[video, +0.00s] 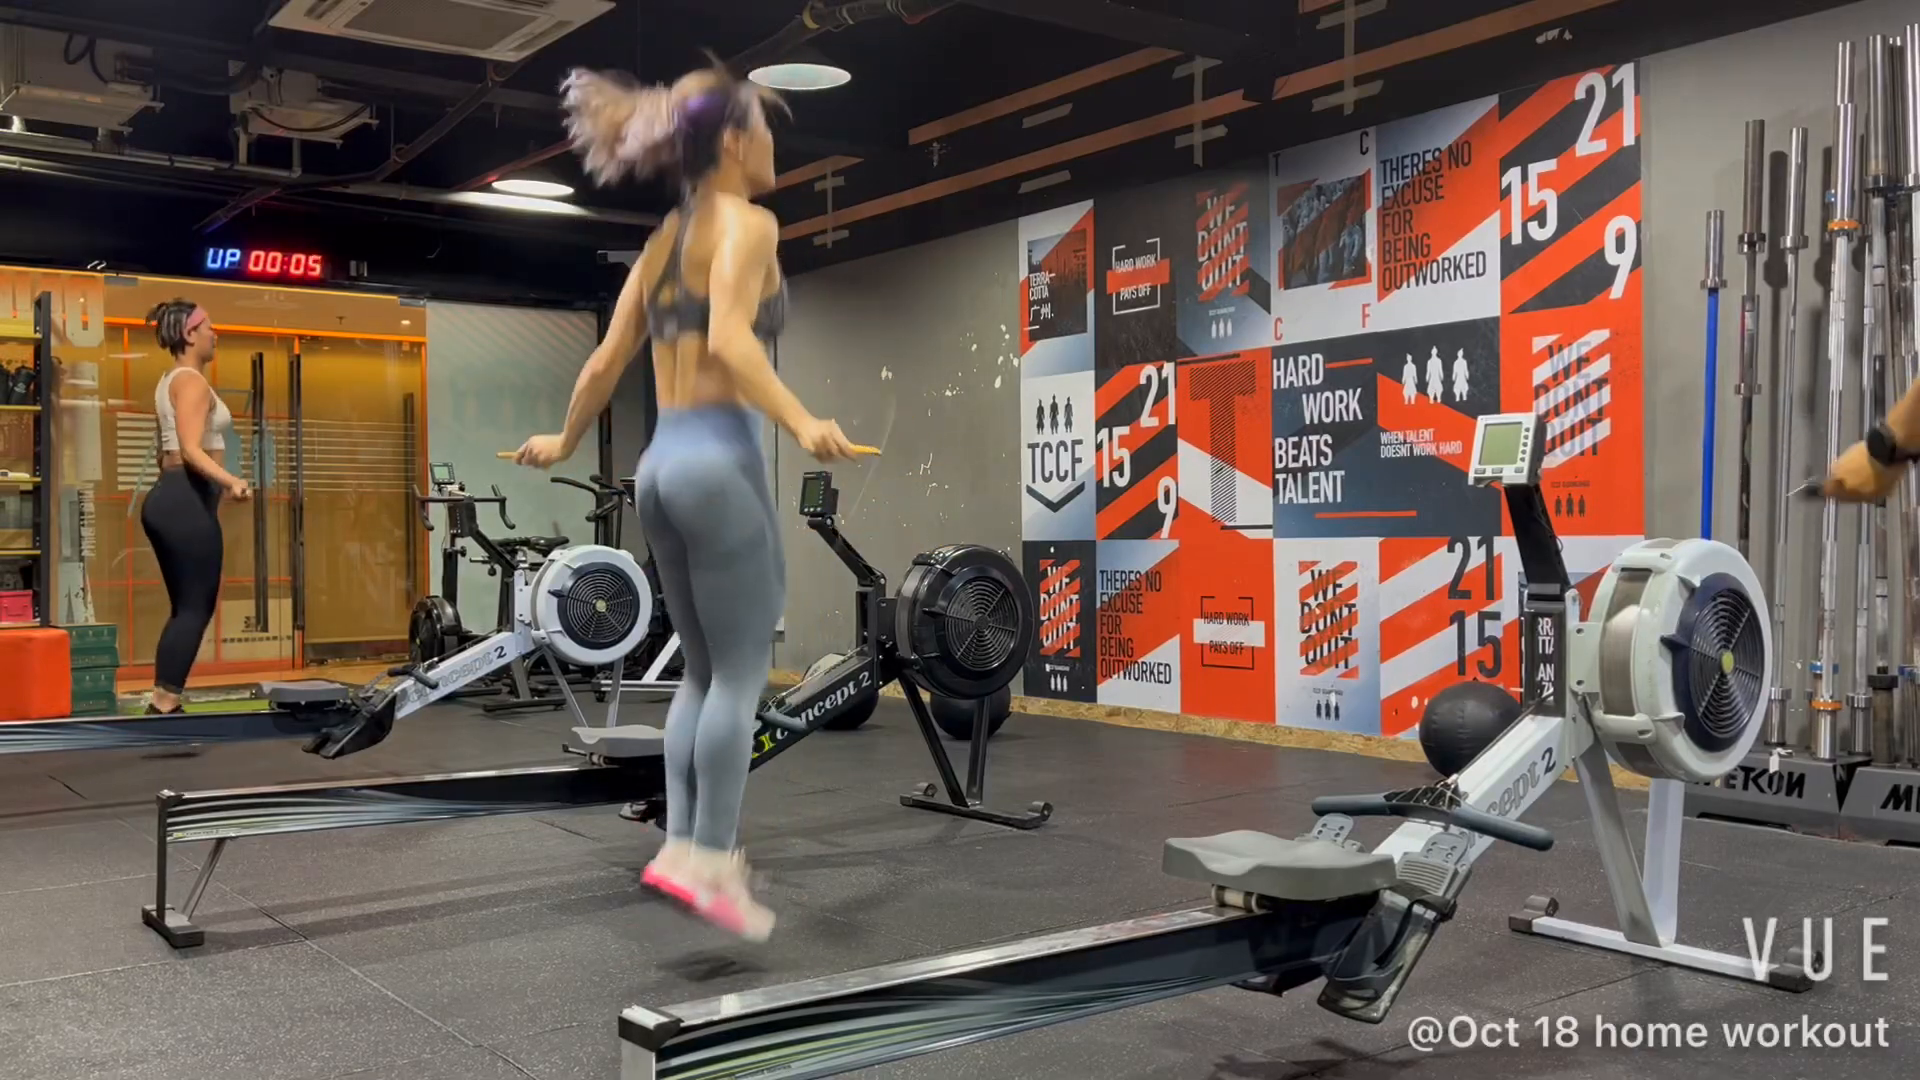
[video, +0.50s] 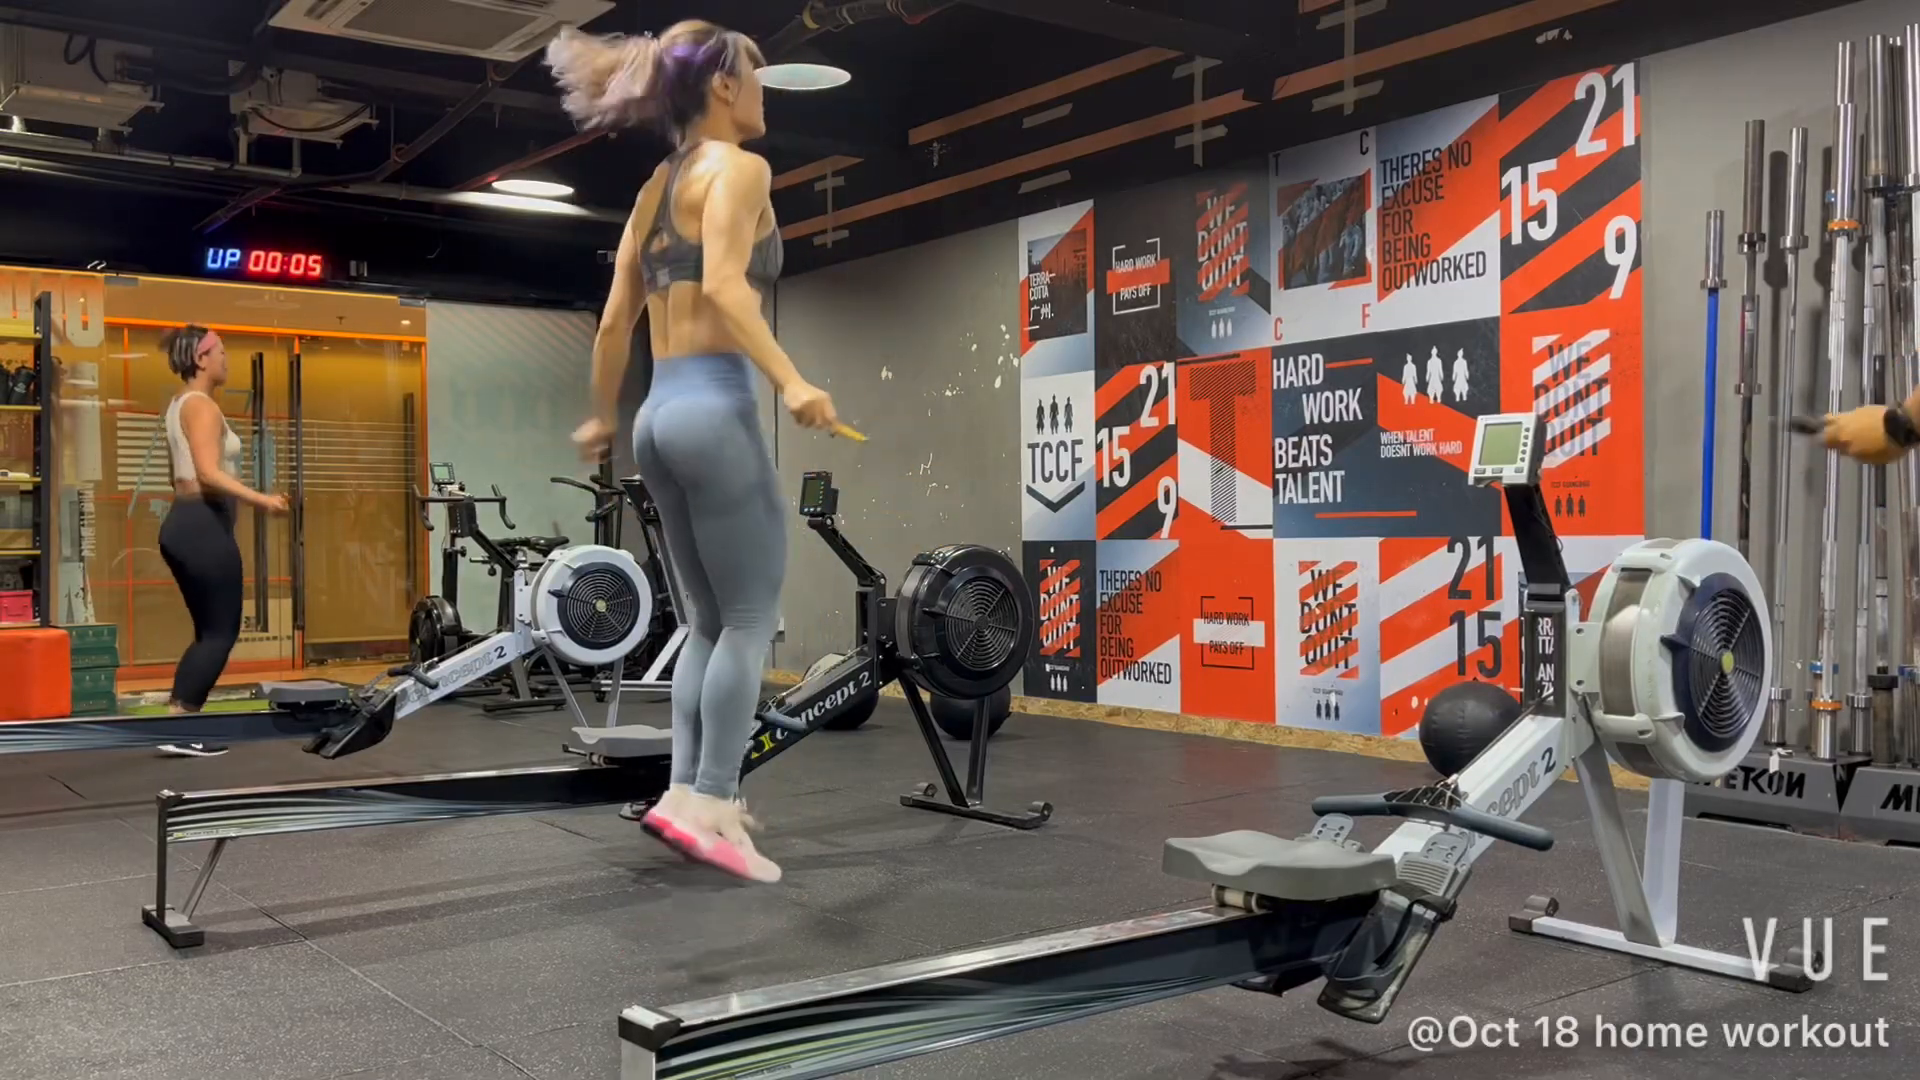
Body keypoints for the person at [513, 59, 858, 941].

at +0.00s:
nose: (773, 144)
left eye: (768, 128)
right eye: (763, 130)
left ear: (705, 146)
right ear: (733, 141)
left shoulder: (664, 240)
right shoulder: (746, 223)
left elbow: (609, 358)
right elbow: (730, 343)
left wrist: (559, 440)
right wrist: (805, 425)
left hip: (659, 465)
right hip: (717, 462)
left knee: (702, 671)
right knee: (739, 672)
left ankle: (681, 847)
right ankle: (714, 862)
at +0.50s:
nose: (763, 96)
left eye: (759, 80)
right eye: (754, 82)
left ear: (691, 96)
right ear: (722, 87)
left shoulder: (654, 188)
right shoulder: (739, 166)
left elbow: (616, 319)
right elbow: (722, 285)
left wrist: (605, 413)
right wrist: (791, 381)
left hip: (657, 412)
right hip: (714, 408)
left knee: (704, 621)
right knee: (750, 618)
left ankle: (689, 795)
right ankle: (712, 805)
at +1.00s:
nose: (769, 91)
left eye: (763, 75)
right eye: (760, 75)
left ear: (701, 90)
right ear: (732, 81)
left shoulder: (660, 178)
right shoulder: (747, 164)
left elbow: (615, 307)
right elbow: (735, 283)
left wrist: (630, 380)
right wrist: (816, 373)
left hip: (652, 409)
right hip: (711, 402)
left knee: (705, 614)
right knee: (754, 608)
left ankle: (683, 786)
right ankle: (704, 792)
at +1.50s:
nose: (763, 123)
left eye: (756, 108)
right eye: (754, 110)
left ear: (684, 133)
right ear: (727, 123)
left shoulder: (659, 223)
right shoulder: (744, 203)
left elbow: (617, 349)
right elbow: (736, 323)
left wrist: (589, 424)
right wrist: (827, 401)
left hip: (669, 446)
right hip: (721, 443)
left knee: (699, 657)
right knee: (739, 659)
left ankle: (689, 838)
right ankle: (711, 846)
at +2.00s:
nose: (765, 192)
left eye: (757, 177)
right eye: (754, 178)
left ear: (690, 198)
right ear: (729, 192)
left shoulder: (660, 289)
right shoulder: (737, 279)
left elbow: (622, 406)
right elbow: (730, 406)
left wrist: (614, 485)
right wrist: (817, 483)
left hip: (668, 521)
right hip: (715, 518)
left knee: (720, 723)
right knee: (757, 721)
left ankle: (679, 905)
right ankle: (685, 909)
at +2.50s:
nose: (775, 228)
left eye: (768, 215)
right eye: (763, 216)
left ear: (707, 242)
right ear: (734, 235)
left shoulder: (665, 328)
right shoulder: (738, 325)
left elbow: (605, 444)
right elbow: (719, 445)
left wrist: (605, 489)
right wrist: (814, 528)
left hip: (658, 555)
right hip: (705, 556)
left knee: (725, 751)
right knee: (755, 745)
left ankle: (649, 923)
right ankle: (667, 929)